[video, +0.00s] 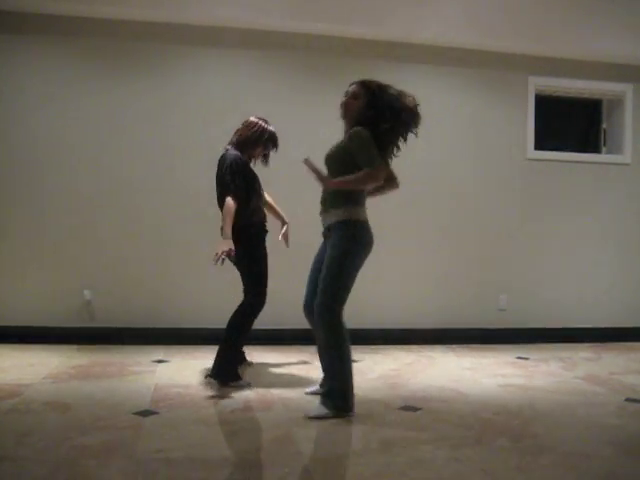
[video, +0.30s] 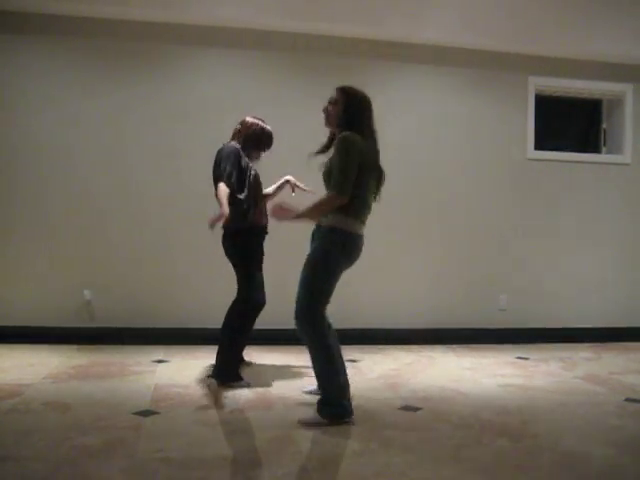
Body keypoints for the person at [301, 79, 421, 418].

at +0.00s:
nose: (344, 100)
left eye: (352, 96)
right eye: (346, 94)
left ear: (366, 106)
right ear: (358, 106)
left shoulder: (359, 136)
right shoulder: (361, 139)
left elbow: (377, 174)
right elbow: (390, 181)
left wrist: (331, 182)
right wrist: (355, 191)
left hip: (349, 233)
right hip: (338, 232)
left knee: (326, 310)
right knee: (313, 307)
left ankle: (340, 400)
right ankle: (332, 382)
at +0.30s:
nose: (325, 109)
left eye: (333, 104)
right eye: (328, 103)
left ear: (349, 111)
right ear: (356, 114)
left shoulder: (347, 142)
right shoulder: (363, 146)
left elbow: (338, 196)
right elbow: (346, 199)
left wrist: (297, 215)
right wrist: (305, 206)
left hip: (335, 236)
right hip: (344, 237)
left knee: (308, 314)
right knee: (313, 313)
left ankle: (336, 405)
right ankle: (335, 392)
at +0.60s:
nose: (337, 84)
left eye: (344, 79)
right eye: (339, 78)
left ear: (361, 85)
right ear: (355, 85)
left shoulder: (370, 114)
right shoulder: (343, 123)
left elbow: (356, 139)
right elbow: (340, 154)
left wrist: (328, 154)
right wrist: (328, 157)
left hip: (364, 232)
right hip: (329, 232)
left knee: (343, 314)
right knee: (333, 316)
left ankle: (333, 405)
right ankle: (351, 390)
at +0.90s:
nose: (365, 86)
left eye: (372, 82)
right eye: (356, 86)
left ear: (386, 96)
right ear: (351, 107)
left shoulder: (405, 122)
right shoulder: (349, 143)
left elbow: (378, 147)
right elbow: (323, 198)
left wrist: (330, 170)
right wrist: (272, 200)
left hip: (401, 252)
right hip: (357, 250)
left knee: (413, 333)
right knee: (351, 331)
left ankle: (386, 422)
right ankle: (352, 392)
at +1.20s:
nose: (413, 79)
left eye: (410, 73)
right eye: (407, 74)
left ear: (392, 84)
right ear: (390, 84)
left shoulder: (399, 110)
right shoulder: (382, 123)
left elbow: (435, 77)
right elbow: (388, 142)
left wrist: (481, 75)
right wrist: (436, 138)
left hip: (402, 234)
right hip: (406, 235)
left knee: (424, 333)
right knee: (435, 332)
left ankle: (386, 423)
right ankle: (386, 428)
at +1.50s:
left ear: (435, 40)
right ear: (476, 56)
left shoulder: (396, 77)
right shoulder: (468, 96)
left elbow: (332, 55)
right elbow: (525, 83)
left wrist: (348, 85)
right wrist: (528, 27)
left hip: (395, 222)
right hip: (448, 221)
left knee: (398, 336)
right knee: (446, 333)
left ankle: (399, 439)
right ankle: (451, 447)